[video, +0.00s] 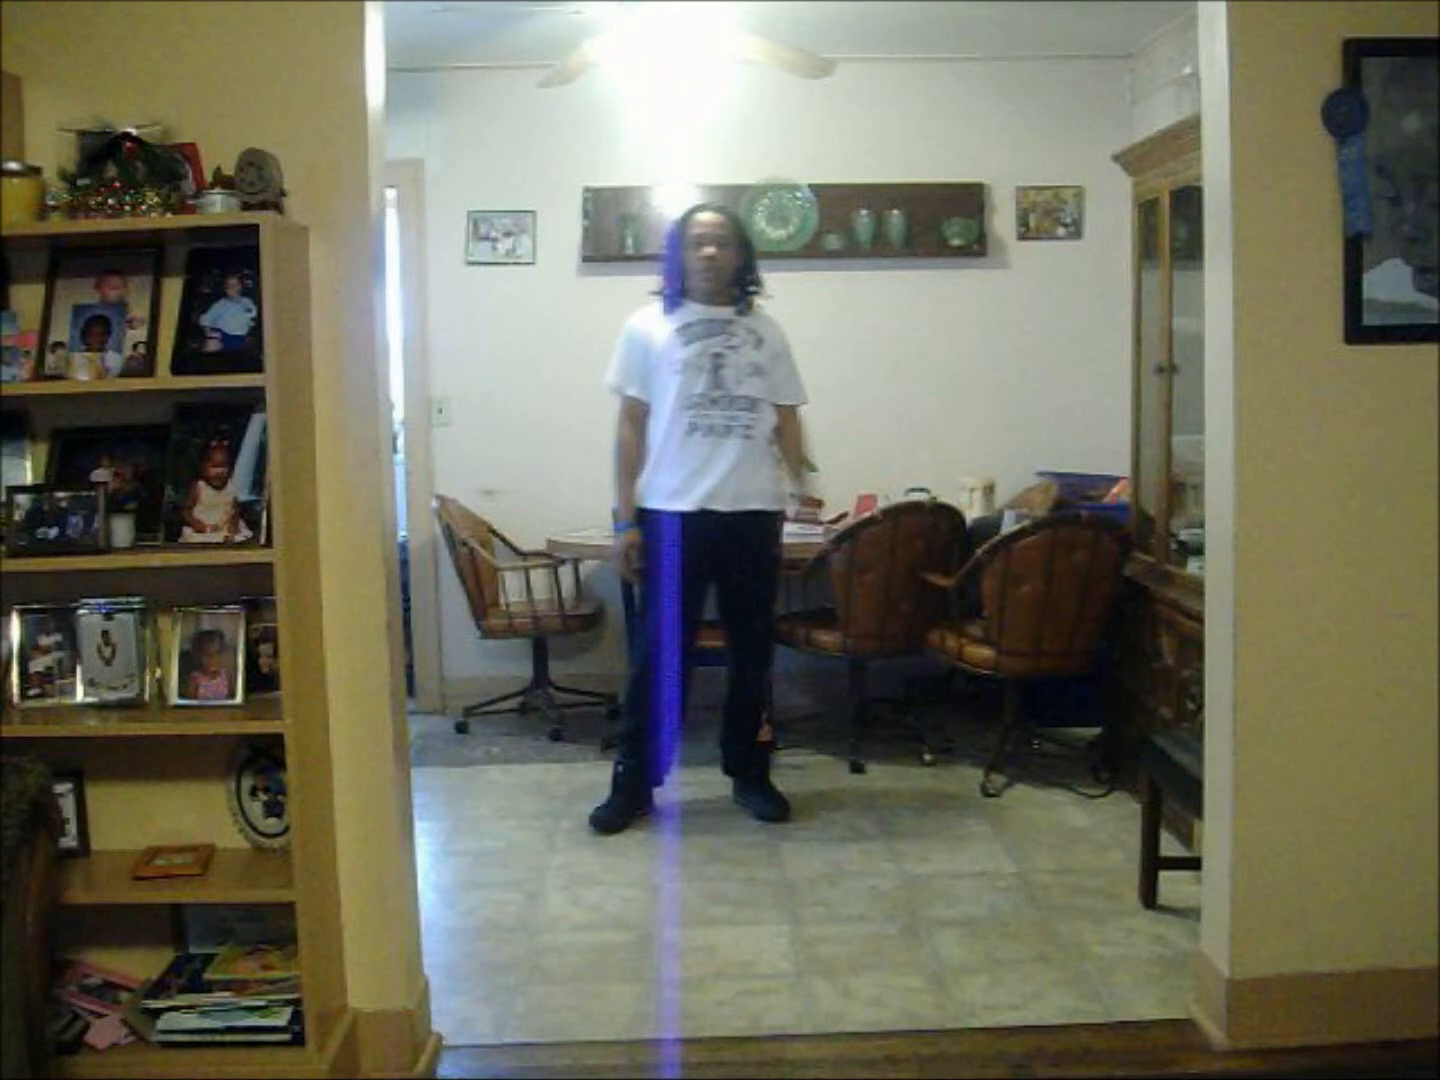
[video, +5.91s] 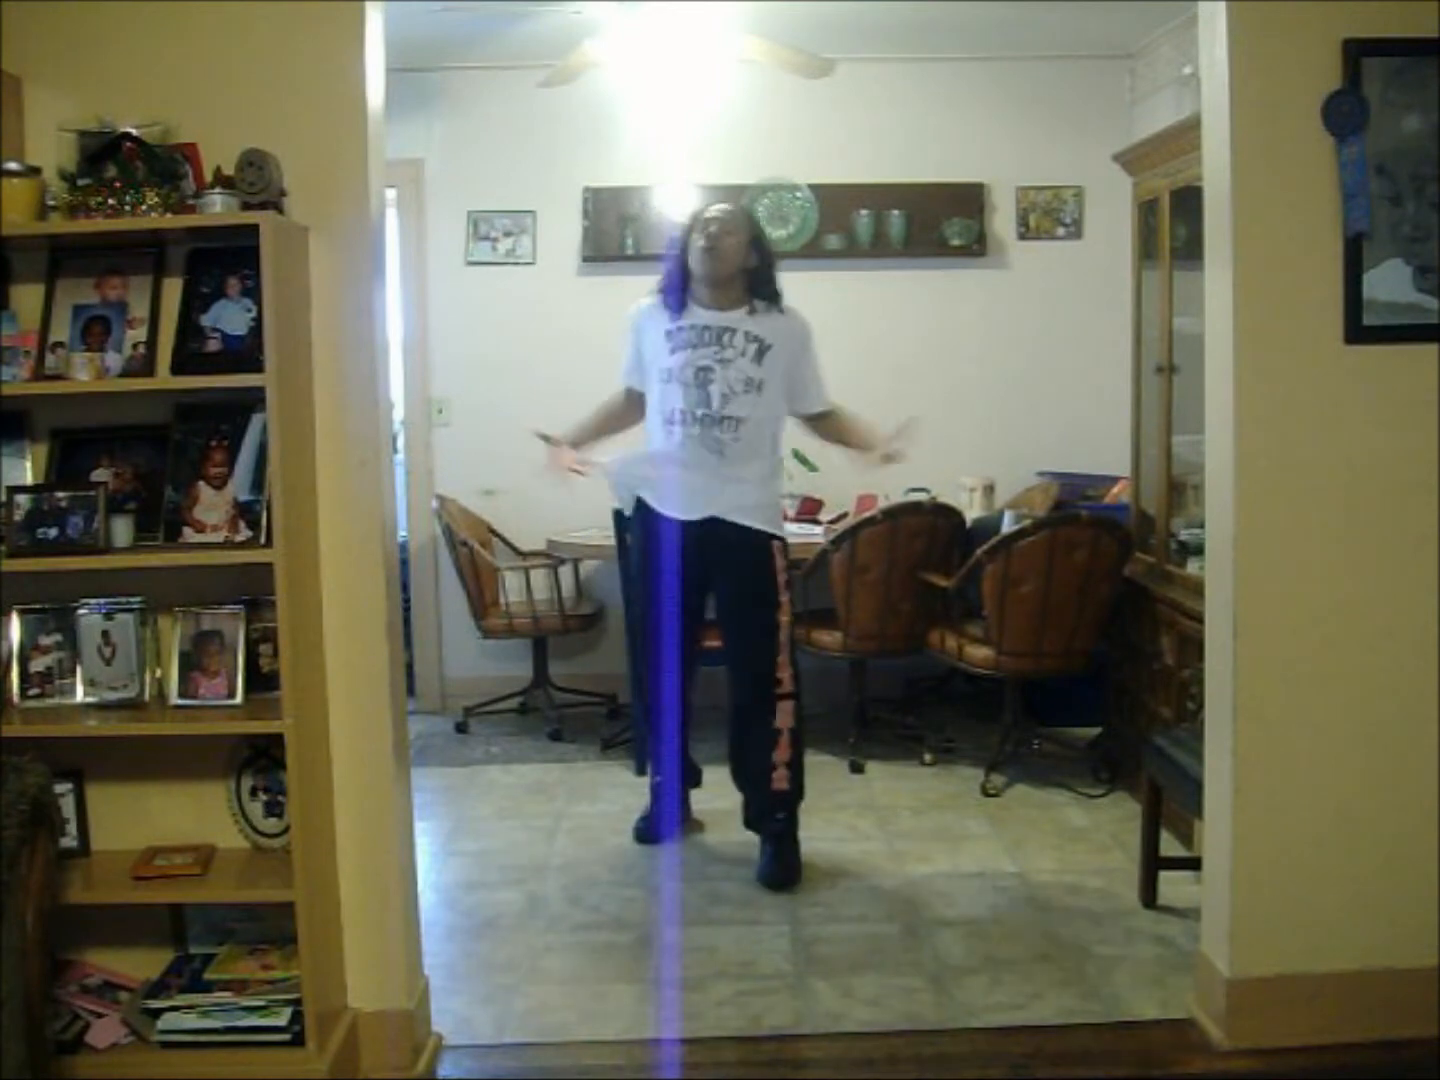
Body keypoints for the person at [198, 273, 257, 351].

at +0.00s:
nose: (232, 289)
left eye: (235, 285)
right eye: (229, 286)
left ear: (240, 287)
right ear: (225, 288)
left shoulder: (247, 303)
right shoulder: (221, 304)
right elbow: (204, 320)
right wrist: (210, 335)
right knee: (211, 342)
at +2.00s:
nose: (232, 288)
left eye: (235, 285)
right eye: (229, 285)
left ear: (240, 287)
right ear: (225, 287)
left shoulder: (247, 303)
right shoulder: (222, 304)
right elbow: (204, 320)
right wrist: (210, 335)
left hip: (243, 338)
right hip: (225, 337)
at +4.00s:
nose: (233, 288)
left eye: (236, 285)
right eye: (230, 285)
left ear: (240, 287)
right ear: (225, 288)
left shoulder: (247, 303)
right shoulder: (222, 304)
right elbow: (205, 320)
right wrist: (210, 335)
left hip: (243, 338)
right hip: (225, 338)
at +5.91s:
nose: (233, 289)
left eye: (236, 285)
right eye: (230, 286)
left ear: (240, 287)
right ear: (225, 288)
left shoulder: (247, 303)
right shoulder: (221, 304)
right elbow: (206, 320)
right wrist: (210, 335)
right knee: (212, 342)